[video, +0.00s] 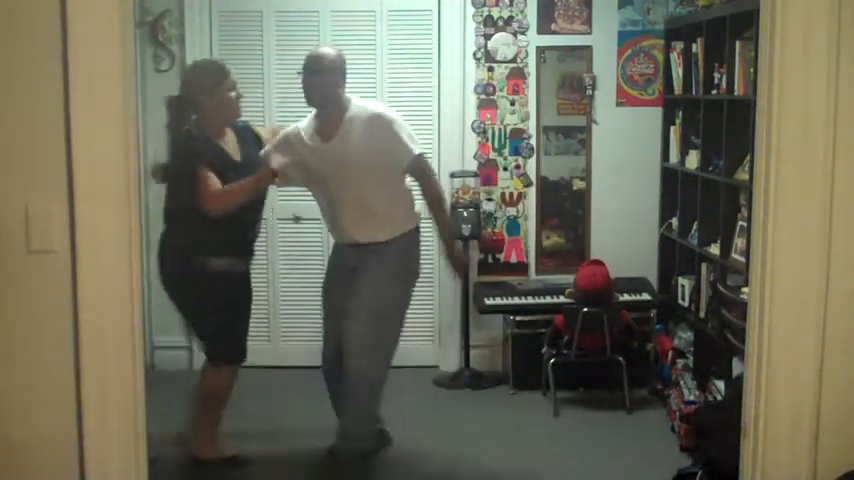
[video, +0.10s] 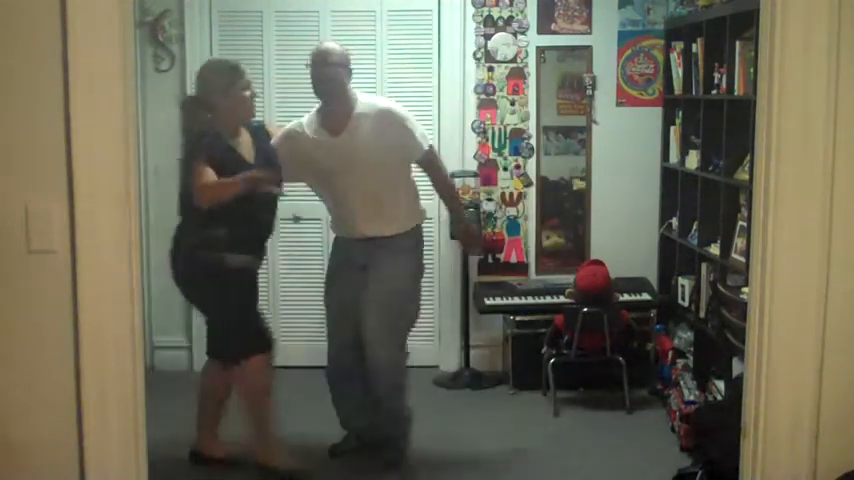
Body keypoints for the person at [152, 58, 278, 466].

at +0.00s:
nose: (238, 96)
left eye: (236, 89)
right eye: (229, 91)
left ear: (225, 97)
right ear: (204, 101)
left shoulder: (243, 134)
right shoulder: (192, 146)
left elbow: (280, 155)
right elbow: (213, 202)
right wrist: (262, 178)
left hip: (231, 258)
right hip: (193, 261)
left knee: (230, 350)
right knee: (224, 351)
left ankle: (207, 441)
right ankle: (203, 444)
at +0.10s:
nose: (251, 95)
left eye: (250, 88)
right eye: (242, 90)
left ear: (245, 95)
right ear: (216, 100)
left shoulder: (258, 136)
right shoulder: (205, 143)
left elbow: (293, 156)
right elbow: (203, 194)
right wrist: (249, 181)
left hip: (241, 260)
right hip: (204, 260)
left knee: (223, 357)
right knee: (256, 348)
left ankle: (206, 444)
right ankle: (267, 448)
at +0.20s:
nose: (269, 98)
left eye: (267, 91)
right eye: (260, 92)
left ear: (257, 99)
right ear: (235, 103)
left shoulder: (271, 138)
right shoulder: (220, 150)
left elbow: (288, 184)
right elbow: (197, 197)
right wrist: (212, 183)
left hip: (255, 264)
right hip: (223, 267)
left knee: (230, 360)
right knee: (283, 349)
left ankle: (207, 445)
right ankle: (310, 450)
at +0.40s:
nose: (307, 101)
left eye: (305, 94)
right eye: (298, 97)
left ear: (287, 104)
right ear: (273, 106)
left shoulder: (301, 148)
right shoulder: (259, 155)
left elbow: (323, 200)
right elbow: (240, 223)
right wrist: (243, 181)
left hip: (300, 271)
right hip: (266, 273)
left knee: (282, 365)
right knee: (312, 371)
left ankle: (221, 432)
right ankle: (303, 471)